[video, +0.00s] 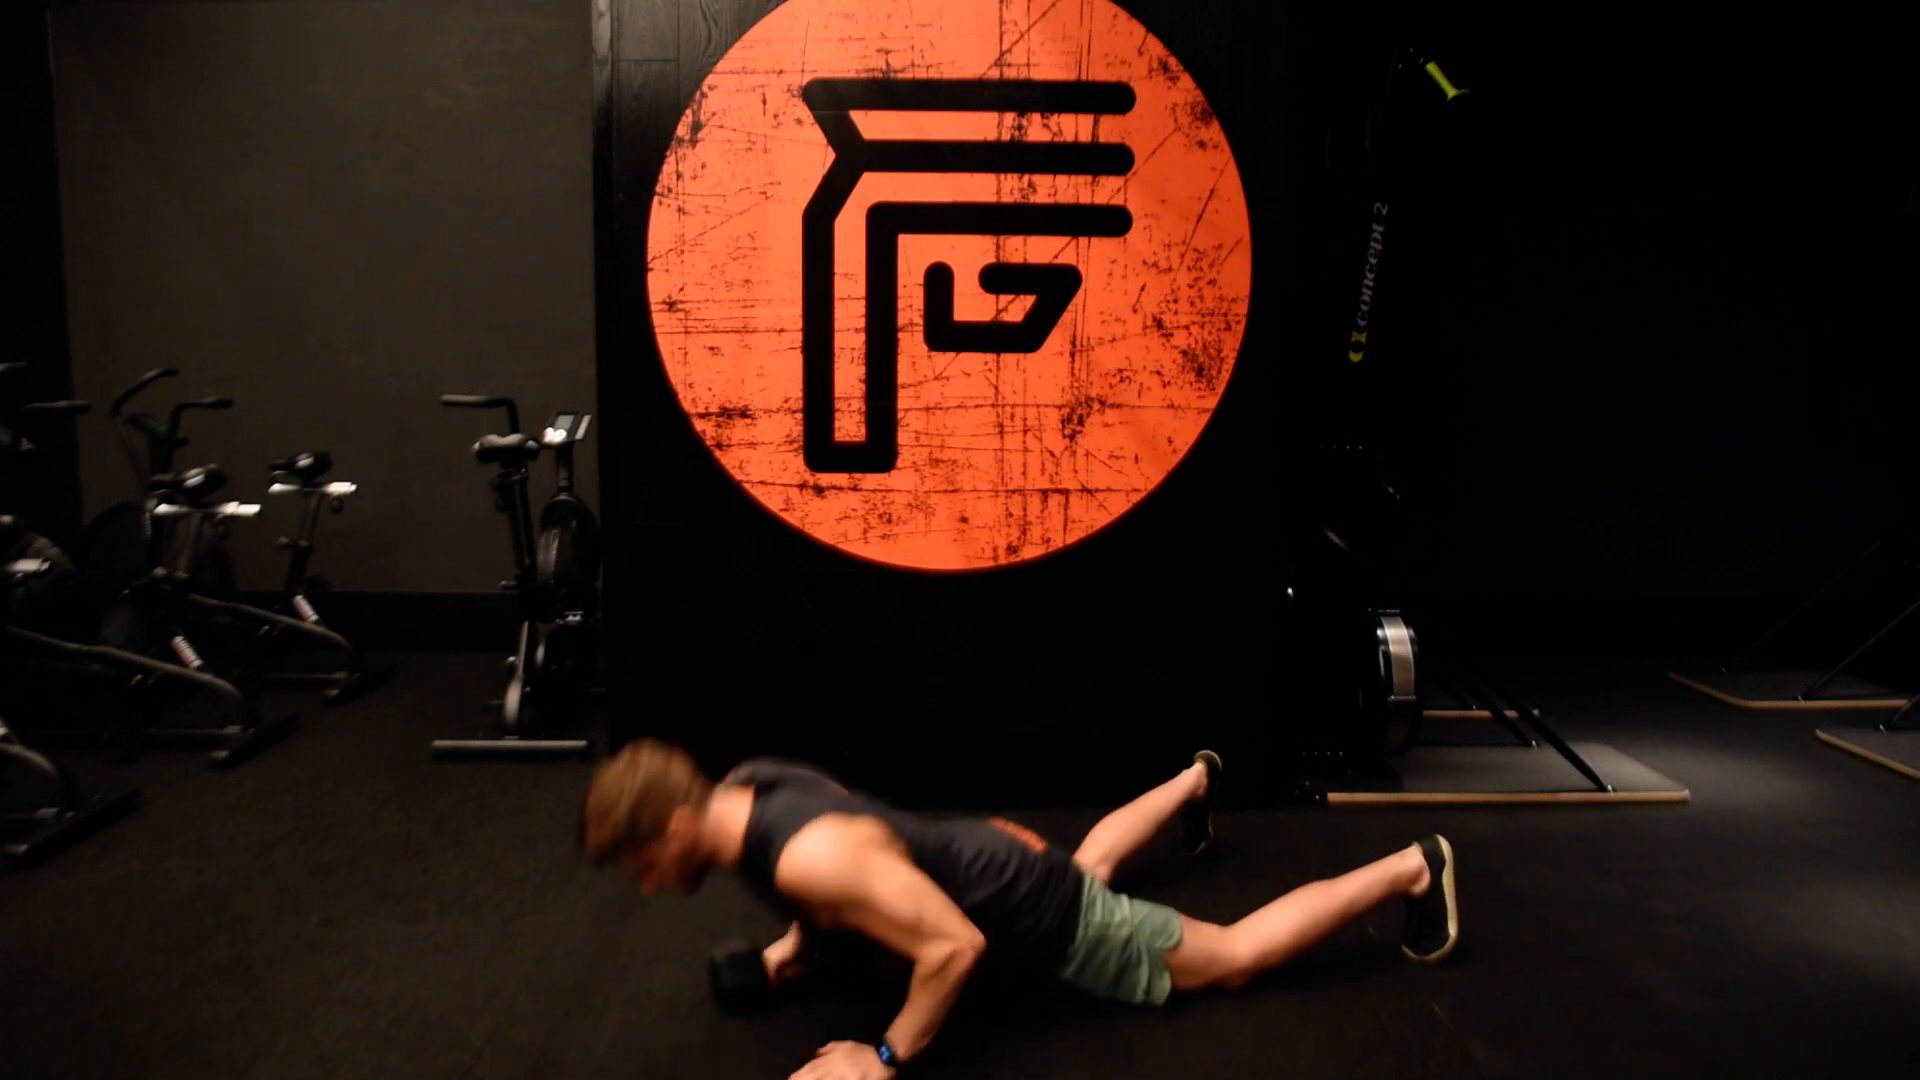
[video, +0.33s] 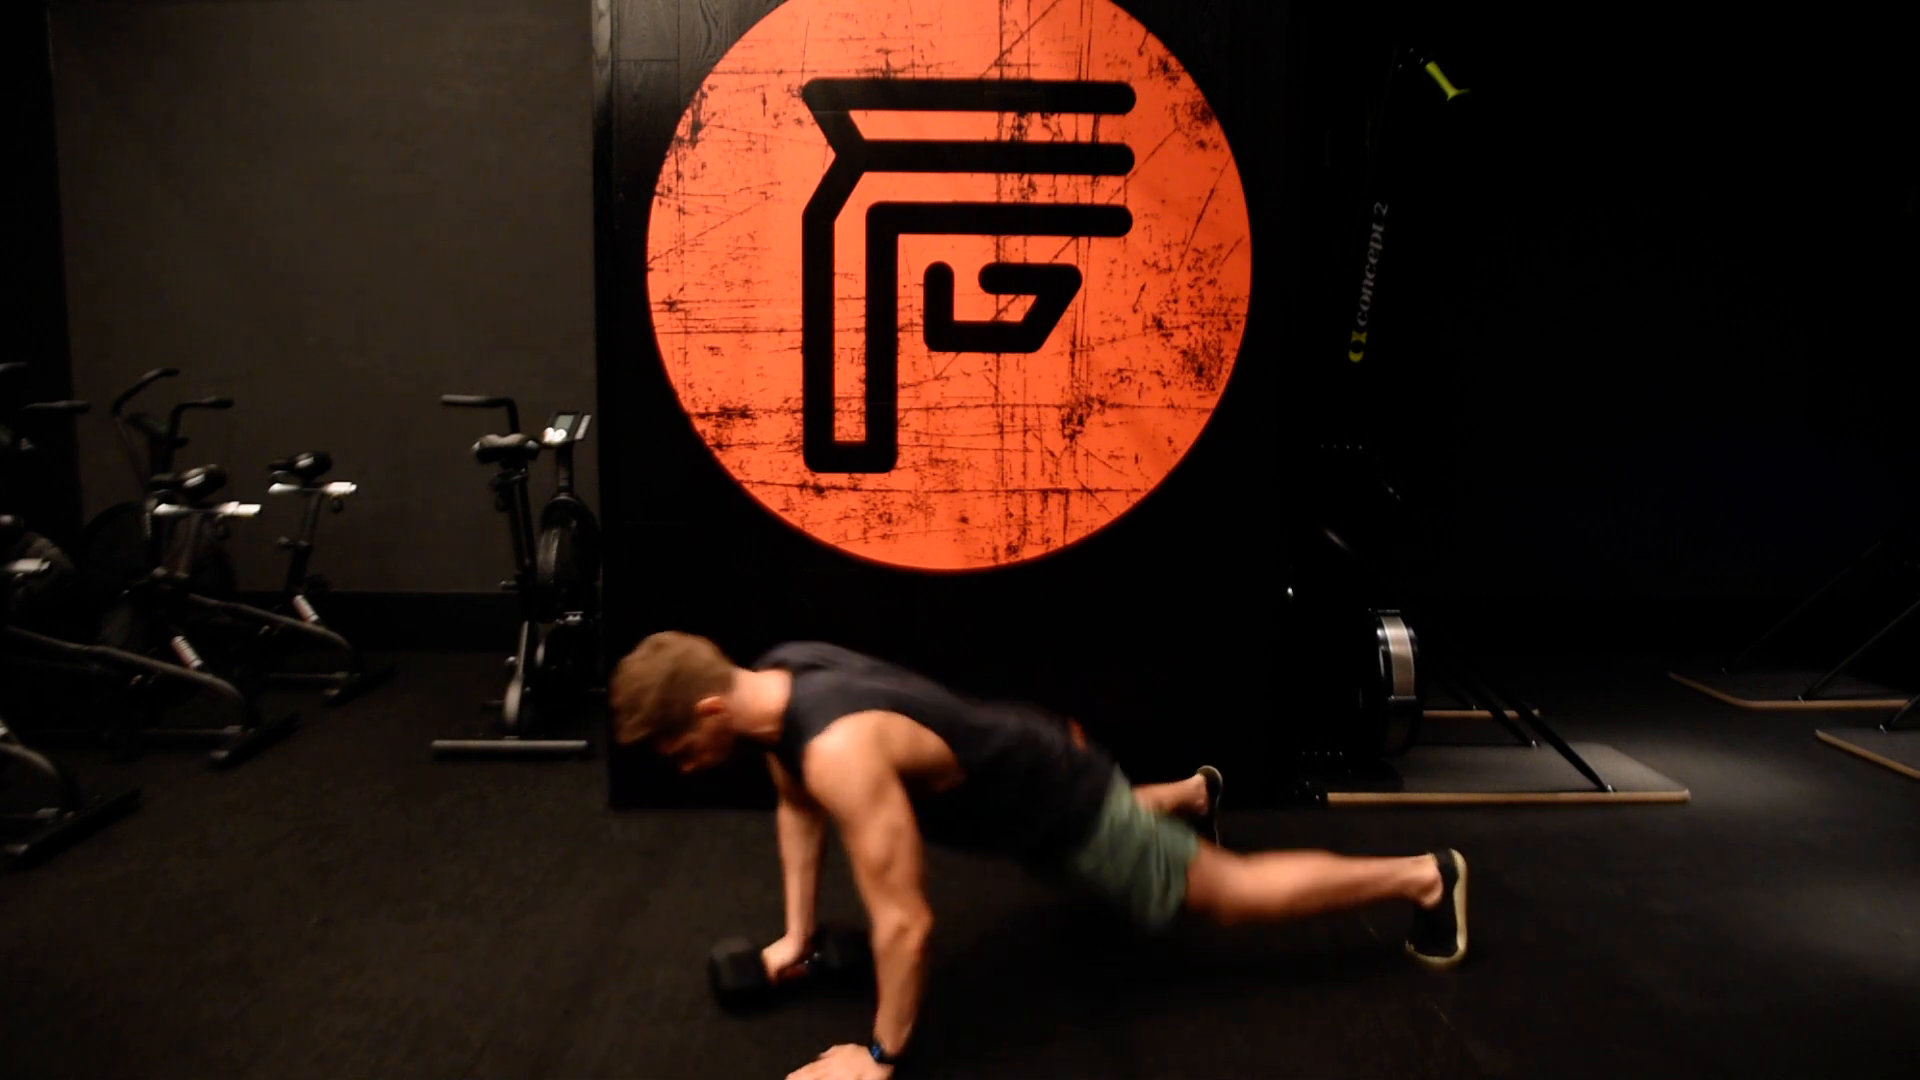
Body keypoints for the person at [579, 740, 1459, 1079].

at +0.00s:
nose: (637, 880)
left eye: (634, 865)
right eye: (626, 869)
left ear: (666, 835)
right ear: (676, 801)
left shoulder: (811, 864)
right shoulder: (745, 786)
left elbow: (953, 945)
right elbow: (838, 847)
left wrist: (885, 1054)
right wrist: (800, 935)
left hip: (1040, 911)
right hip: (986, 856)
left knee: (1228, 953)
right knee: (1080, 872)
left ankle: (1410, 866)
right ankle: (1191, 778)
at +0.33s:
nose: (684, 767)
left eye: (677, 754)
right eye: (670, 759)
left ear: (698, 722)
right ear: (702, 695)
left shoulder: (838, 753)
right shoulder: (772, 681)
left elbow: (905, 923)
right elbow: (797, 818)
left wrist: (881, 1052)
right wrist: (800, 936)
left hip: (1060, 798)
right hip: (1008, 762)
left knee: (1231, 890)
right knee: (1091, 809)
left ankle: (1425, 876)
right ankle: (1183, 795)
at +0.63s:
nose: (688, 763)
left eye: (679, 752)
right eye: (674, 759)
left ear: (696, 713)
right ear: (686, 692)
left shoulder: (804, 698)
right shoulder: (732, 668)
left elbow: (859, 887)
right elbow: (778, 804)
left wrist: (868, 1036)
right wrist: (796, 939)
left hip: (1012, 539)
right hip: (936, 551)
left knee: (1024, 769)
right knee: (916, 703)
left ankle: (1199, 888)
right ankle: (1050, 804)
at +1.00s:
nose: (634, 599)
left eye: (637, 577)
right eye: (624, 584)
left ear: (675, 535)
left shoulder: (802, 560)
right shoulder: (719, 627)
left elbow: (842, 740)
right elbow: (755, 771)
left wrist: (787, 901)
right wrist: (766, 920)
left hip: (987, 635)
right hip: (891, 653)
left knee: (870, 784)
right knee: (753, 730)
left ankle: (950, 1001)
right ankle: (835, 914)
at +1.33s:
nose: (671, 290)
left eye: (683, 265)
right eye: (663, 270)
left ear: (746, 246)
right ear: (683, 268)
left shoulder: (859, 332)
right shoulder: (730, 388)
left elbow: (956, 479)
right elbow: (761, 537)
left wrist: (935, 638)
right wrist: (770, 677)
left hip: (950, 565)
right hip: (858, 565)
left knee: (898, 758)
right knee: (779, 711)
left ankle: (953, 995)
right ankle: (833, 903)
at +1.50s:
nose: (744, 163)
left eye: (758, 142)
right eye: (739, 145)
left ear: (820, 130)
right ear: (774, 143)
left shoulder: (909, 245)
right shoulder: (774, 270)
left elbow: (956, 409)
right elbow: (782, 422)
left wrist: (866, 540)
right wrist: (763, 559)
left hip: (931, 536)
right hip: (849, 530)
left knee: (923, 751)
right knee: (822, 714)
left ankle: (955, 993)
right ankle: (837, 900)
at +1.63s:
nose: (800, 142)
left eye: (814, 123)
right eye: (792, 126)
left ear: (872, 111)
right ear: (795, 127)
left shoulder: (939, 235)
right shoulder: (813, 240)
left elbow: (933, 408)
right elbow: (798, 393)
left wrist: (817, 514)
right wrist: (764, 519)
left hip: (917, 533)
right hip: (836, 527)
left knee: (933, 749)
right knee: (843, 719)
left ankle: (956, 993)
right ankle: (838, 903)